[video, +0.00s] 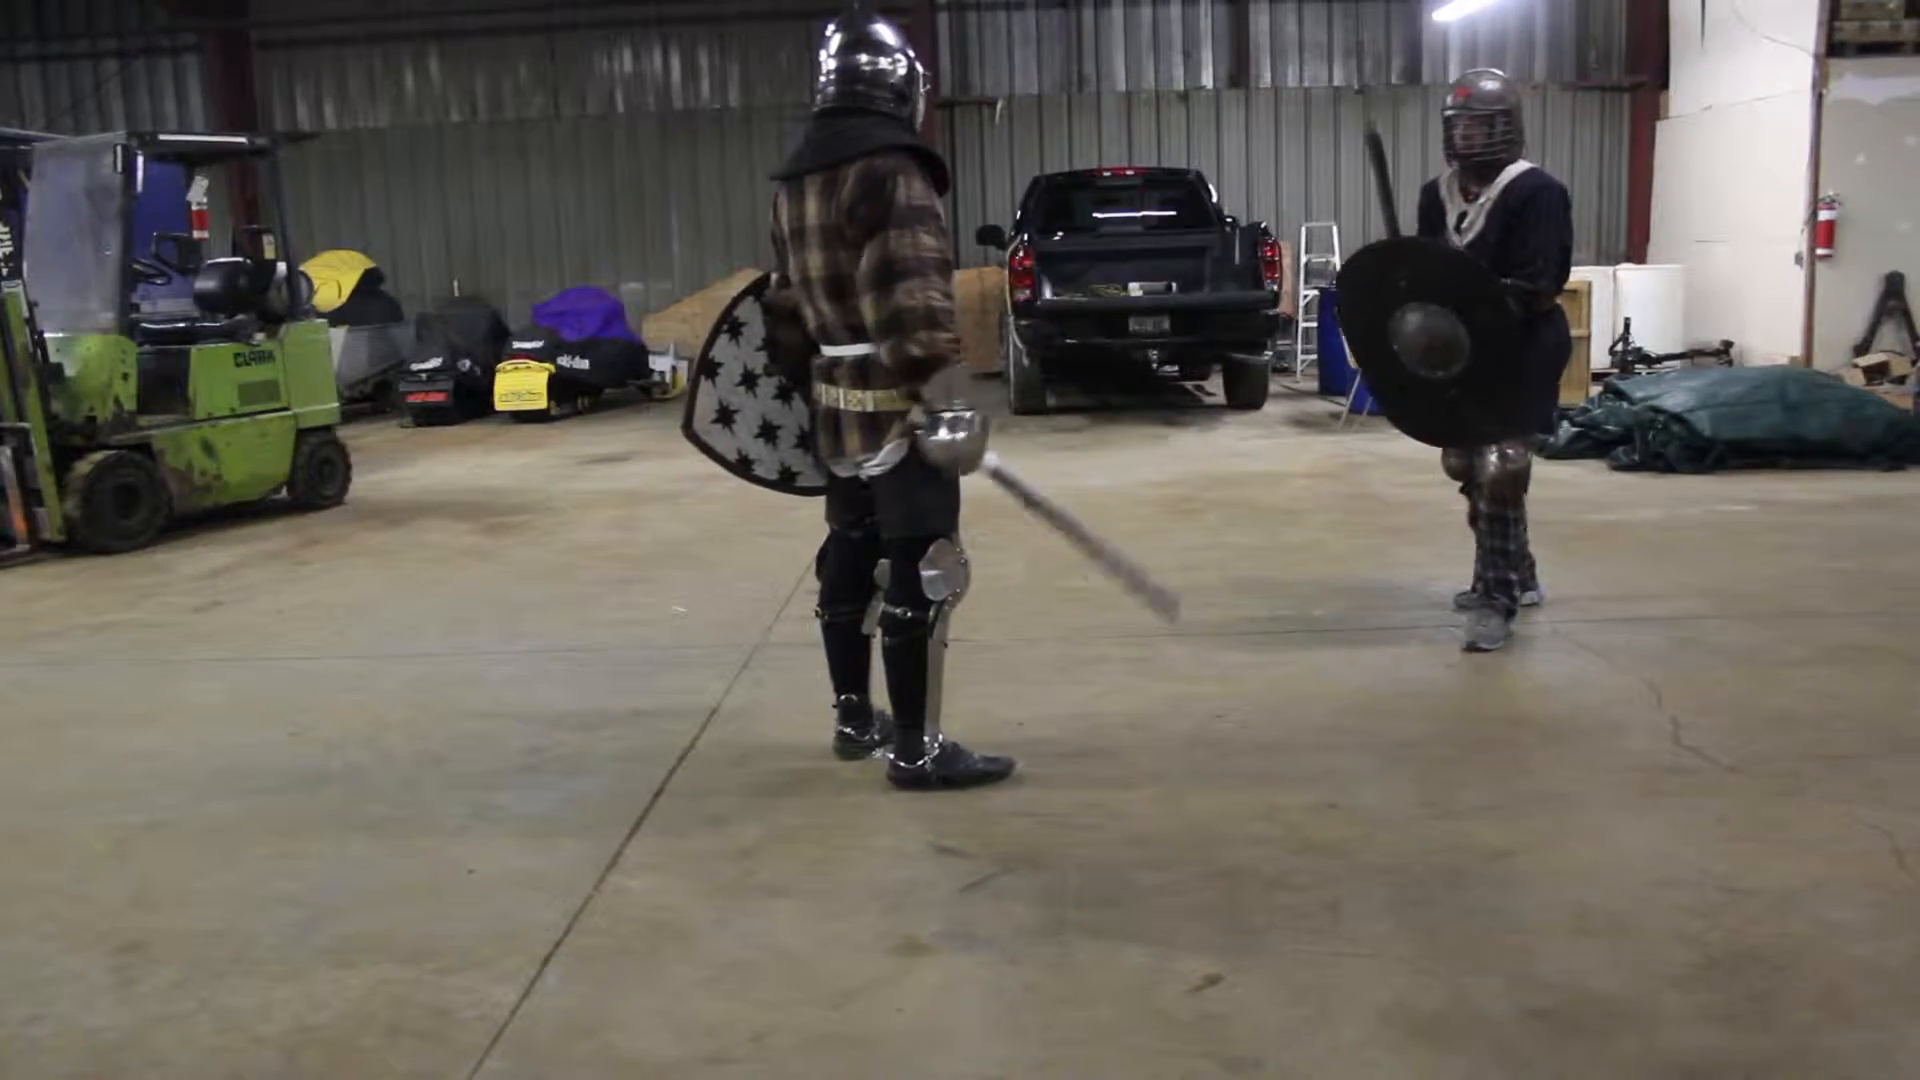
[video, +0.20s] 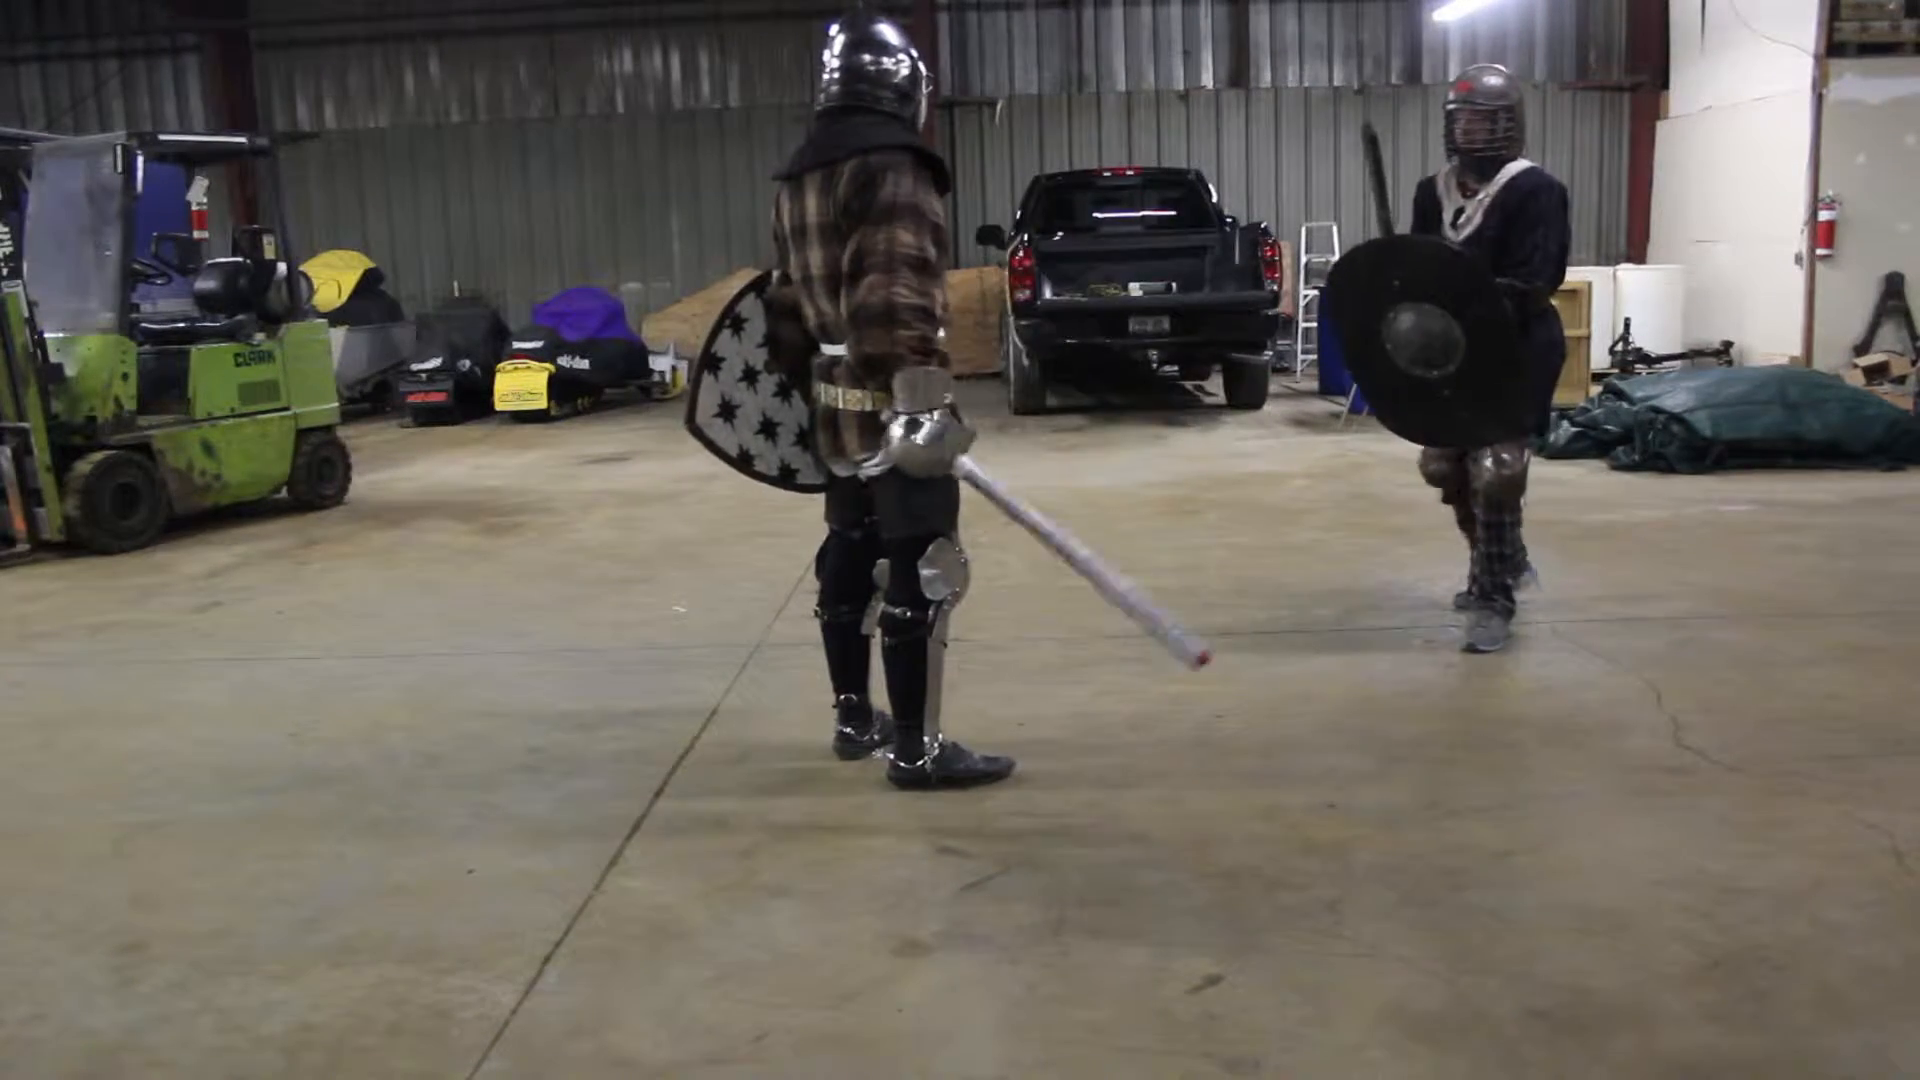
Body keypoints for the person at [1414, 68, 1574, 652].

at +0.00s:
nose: (1471, 133)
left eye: (1484, 121)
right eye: (1461, 122)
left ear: (1509, 127)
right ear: (1447, 129)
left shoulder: (1537, 192)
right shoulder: (1435, 196)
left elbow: (1543, 279)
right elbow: (1428, 273)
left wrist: (1473, 311)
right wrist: (1421, 324)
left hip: (1524, 354)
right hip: (1464, 355)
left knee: (1501, 465)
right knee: (1465, 463)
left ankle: (1494, 598)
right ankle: (1515, 573)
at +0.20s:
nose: (1478, 128)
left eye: (1492, 117)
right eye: (1466, 117)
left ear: (1513, 123)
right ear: (1450, 124)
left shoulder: (1537, 190)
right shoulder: (1432, 191)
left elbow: (1542, 278)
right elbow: (1418, 270)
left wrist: (1470, 302)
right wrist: (1411, 325)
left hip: (1517, 356)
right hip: (1452, 356)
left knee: (1497, 469)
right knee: (1441, 464)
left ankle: (1493, 598)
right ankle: (1499, 557)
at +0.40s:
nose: (1464, 122)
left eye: (1479, 111)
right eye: (1454, 111)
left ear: (1504, 117)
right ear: (1440, 118)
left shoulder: (1528, 186)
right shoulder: (1424, 187)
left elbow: (1529, 281)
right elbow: (1411, 273)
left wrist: (1460, 307)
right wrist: (1396, 334)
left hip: (1514, 359)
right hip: (1443, 357)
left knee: (1499, 470)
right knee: (1400, 456)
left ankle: (1492, 604)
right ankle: (1446, 565)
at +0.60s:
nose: (1432, 131)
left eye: (1446, 120)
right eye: (1423, 120)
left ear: (1477, 122)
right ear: (1414, 125)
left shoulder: (1509, 188)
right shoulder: (1406, 189)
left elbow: (1519, 271)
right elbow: (1374, 262)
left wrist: (1459, 302)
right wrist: (1327, 283)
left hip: (1495, 367)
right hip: (1419, 364)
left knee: (1487, 480)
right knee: (1396, 469)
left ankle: (1491, 609)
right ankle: (1364, 597)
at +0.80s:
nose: (1415, 127)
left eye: (1428, 115)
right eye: (1405, 115)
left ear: (1449, 123)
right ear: (1391, 120)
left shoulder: (1474, 187)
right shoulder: (1374, 188)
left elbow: (1459, 246)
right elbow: (1305, 244)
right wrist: (1270, 211)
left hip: (1473, 335)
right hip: (1408, 336)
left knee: (1466, 476)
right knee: (1374, 467)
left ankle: (1489, 607)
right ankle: (1368, 600)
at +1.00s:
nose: (1366, 167)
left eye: (1376, 153)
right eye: (1355, 157)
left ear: (1401, 153)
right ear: (1345, 163)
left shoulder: (1448, 191)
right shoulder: (1339, 207)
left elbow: (1442, 219)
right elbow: (1278, 236)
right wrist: (1266, 176)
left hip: (1456, 336)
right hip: (1388, 341)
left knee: (1451, 475)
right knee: (1358, 469)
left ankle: (1483, 598)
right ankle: (1365, 603)